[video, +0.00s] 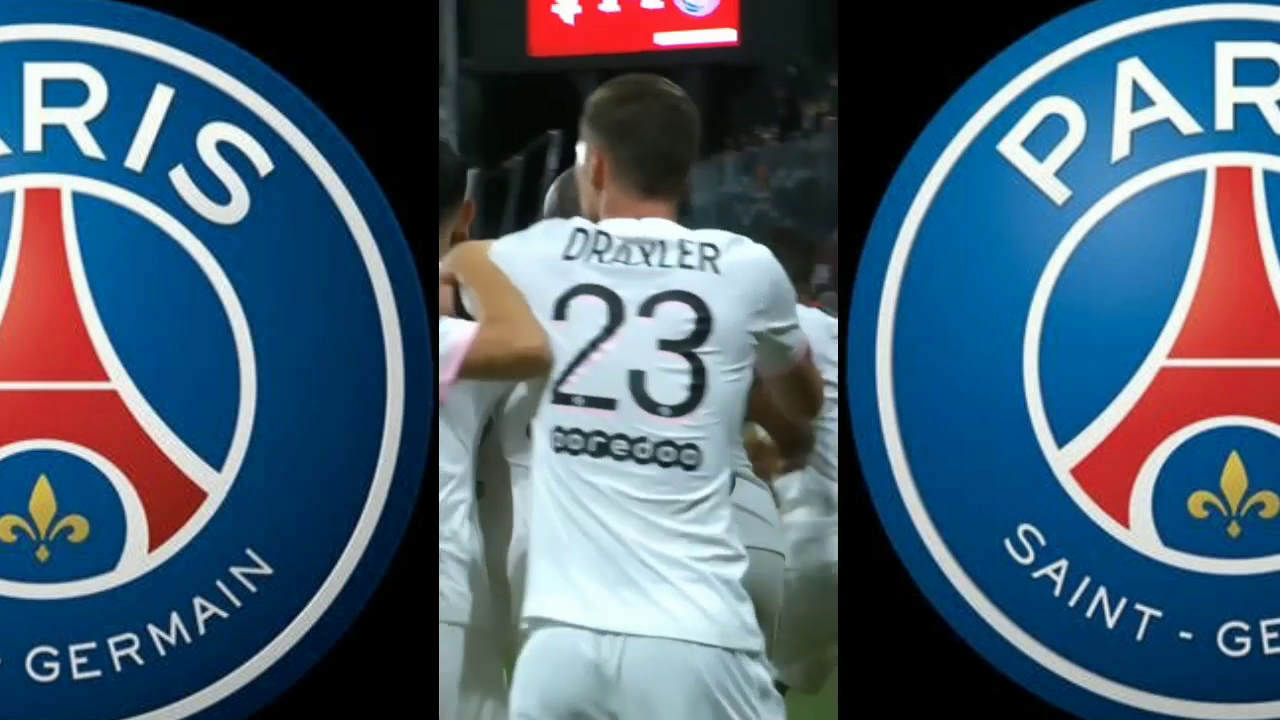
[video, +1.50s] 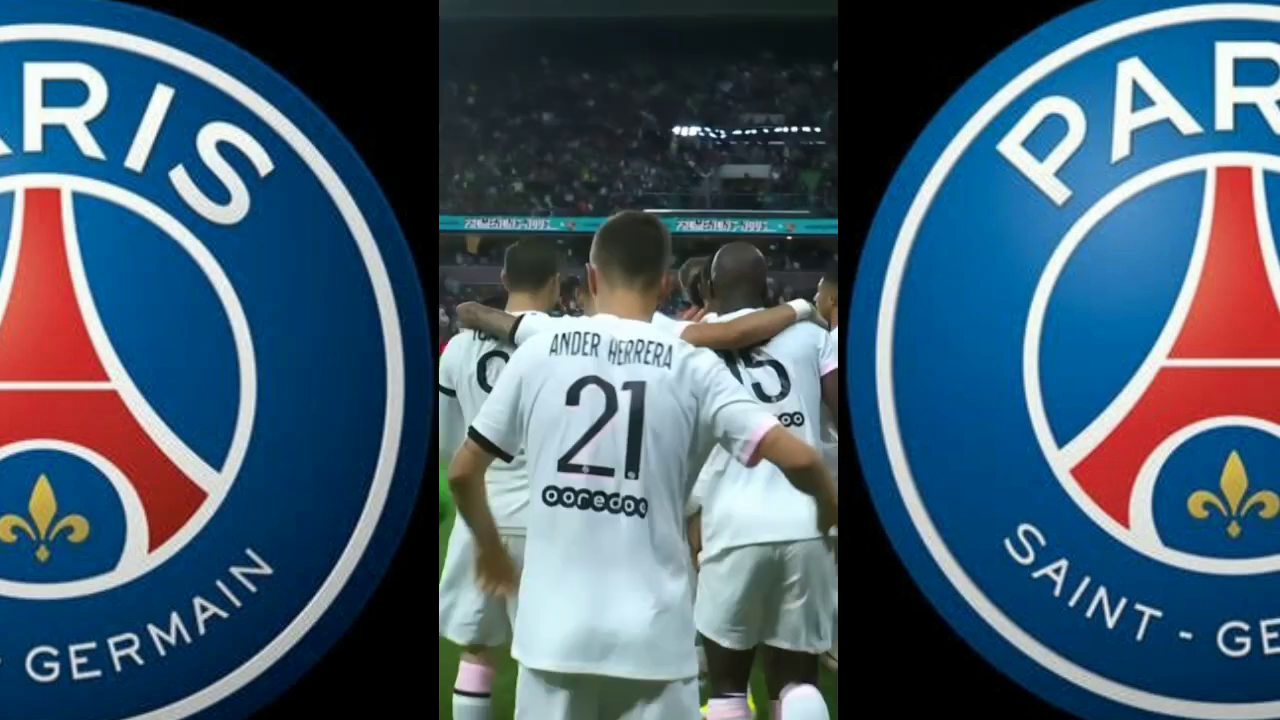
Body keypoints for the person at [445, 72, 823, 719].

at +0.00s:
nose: (578, 169)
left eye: (580, 153)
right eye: (579, 154)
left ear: (596, 164)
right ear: (685, 170)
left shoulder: (523, 256)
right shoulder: (749, 269)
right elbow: (798, 414)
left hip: (558, 636)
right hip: (699, 646)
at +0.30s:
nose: (700, 186)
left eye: (705, 171)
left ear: (716, 182)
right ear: (809, 200)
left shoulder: (655, 281)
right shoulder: (849, 284)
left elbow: (510, 319)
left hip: (695, 629)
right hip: (826, 627)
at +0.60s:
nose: (830, 188)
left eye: (831, 177)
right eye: (834, 176)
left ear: (833, 191)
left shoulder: (781, 302)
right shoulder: (962, 288)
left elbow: (768, 487)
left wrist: (719, 587)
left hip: (826, 604)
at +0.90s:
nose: (626, 288)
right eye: (622, 277)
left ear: (537, 271)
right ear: (609, 279)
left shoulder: (509, 331)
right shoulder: (625, 332)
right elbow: (758, 367)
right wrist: (804, 332)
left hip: (520, 573)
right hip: (616, 572)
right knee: (625, 710)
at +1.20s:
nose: (626, 288)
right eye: (622, 277)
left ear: (537, 271)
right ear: (609, 279)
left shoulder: (509, 331)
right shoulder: (625, 332)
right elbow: (758, 367)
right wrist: (804, 332)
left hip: (520, 573)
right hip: (616, 572)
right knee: (625, 710)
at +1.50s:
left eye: (587, 275)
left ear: (592, 277)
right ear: (667, 285)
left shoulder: (541, 347)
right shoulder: (693, 363)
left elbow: (463, 473)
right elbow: (799, 457)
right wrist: (828, 505)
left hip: (553, 620)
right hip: (653, 626)